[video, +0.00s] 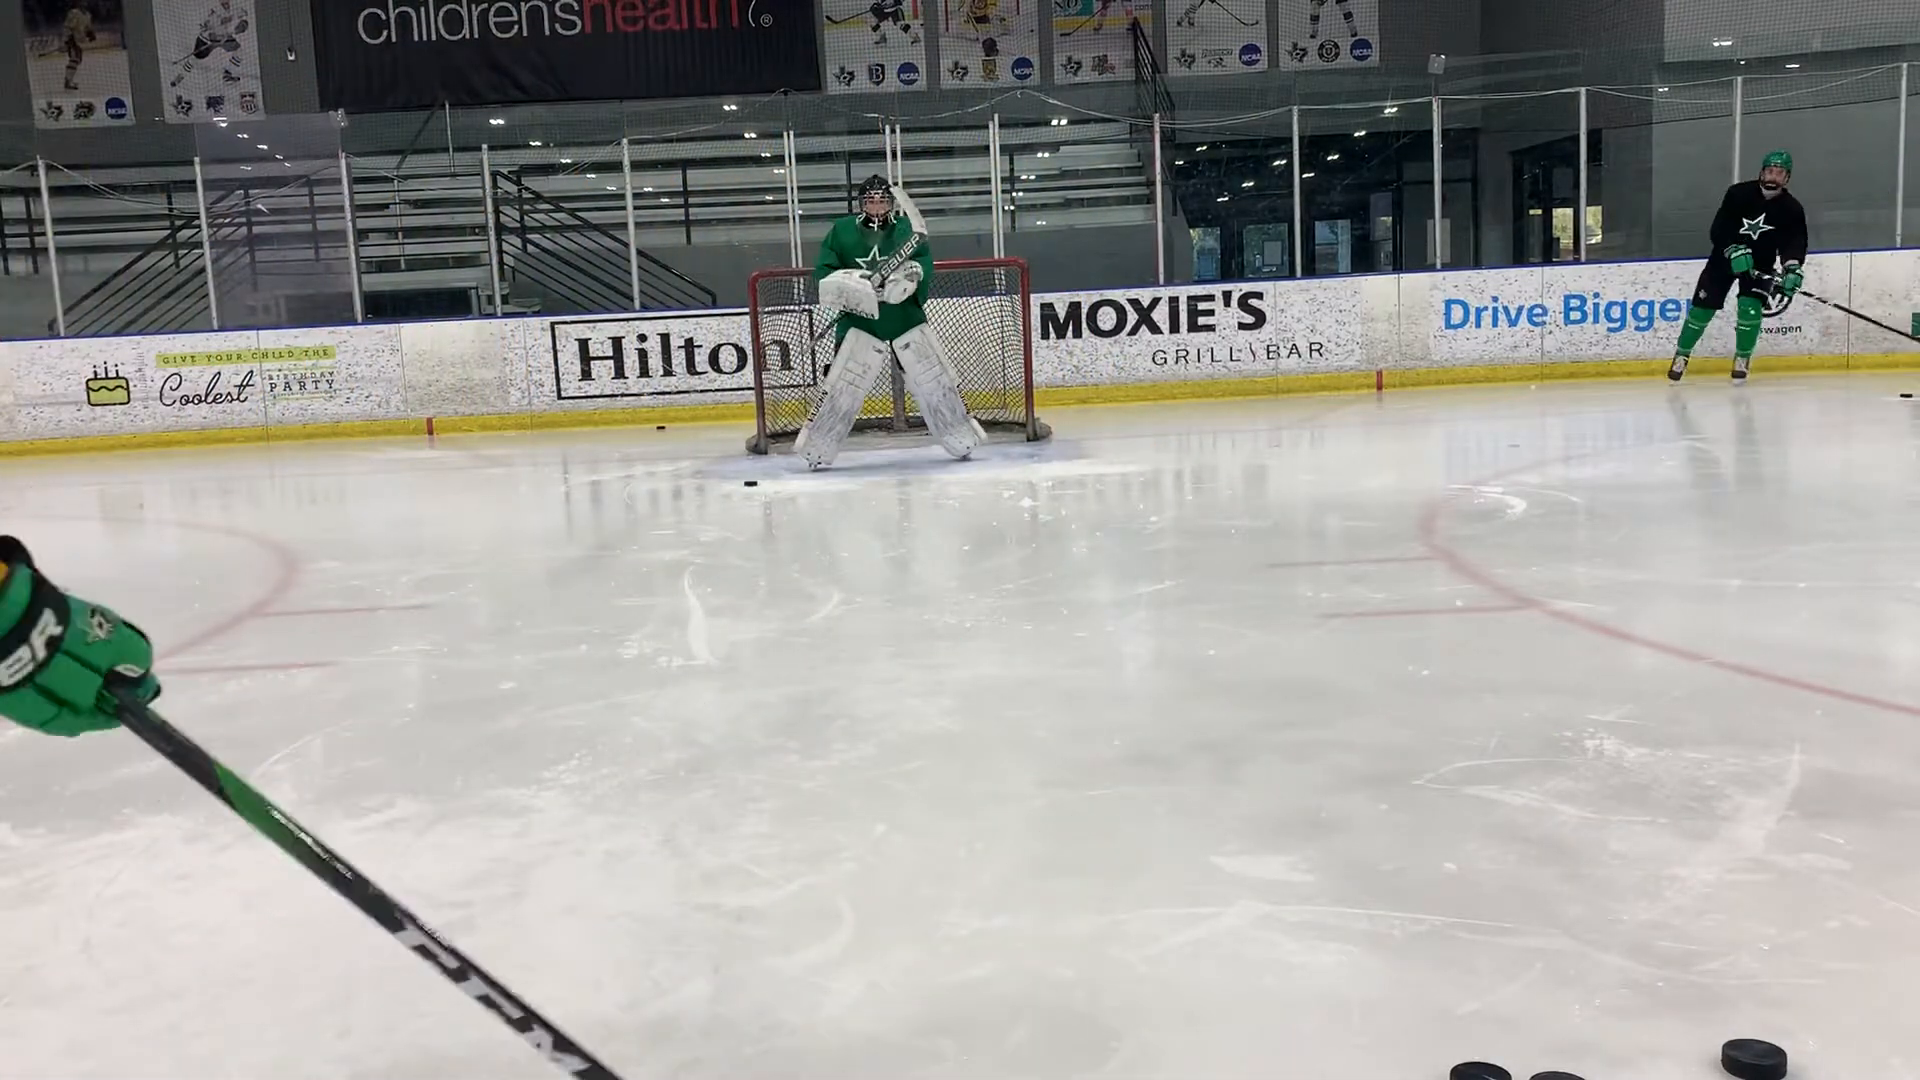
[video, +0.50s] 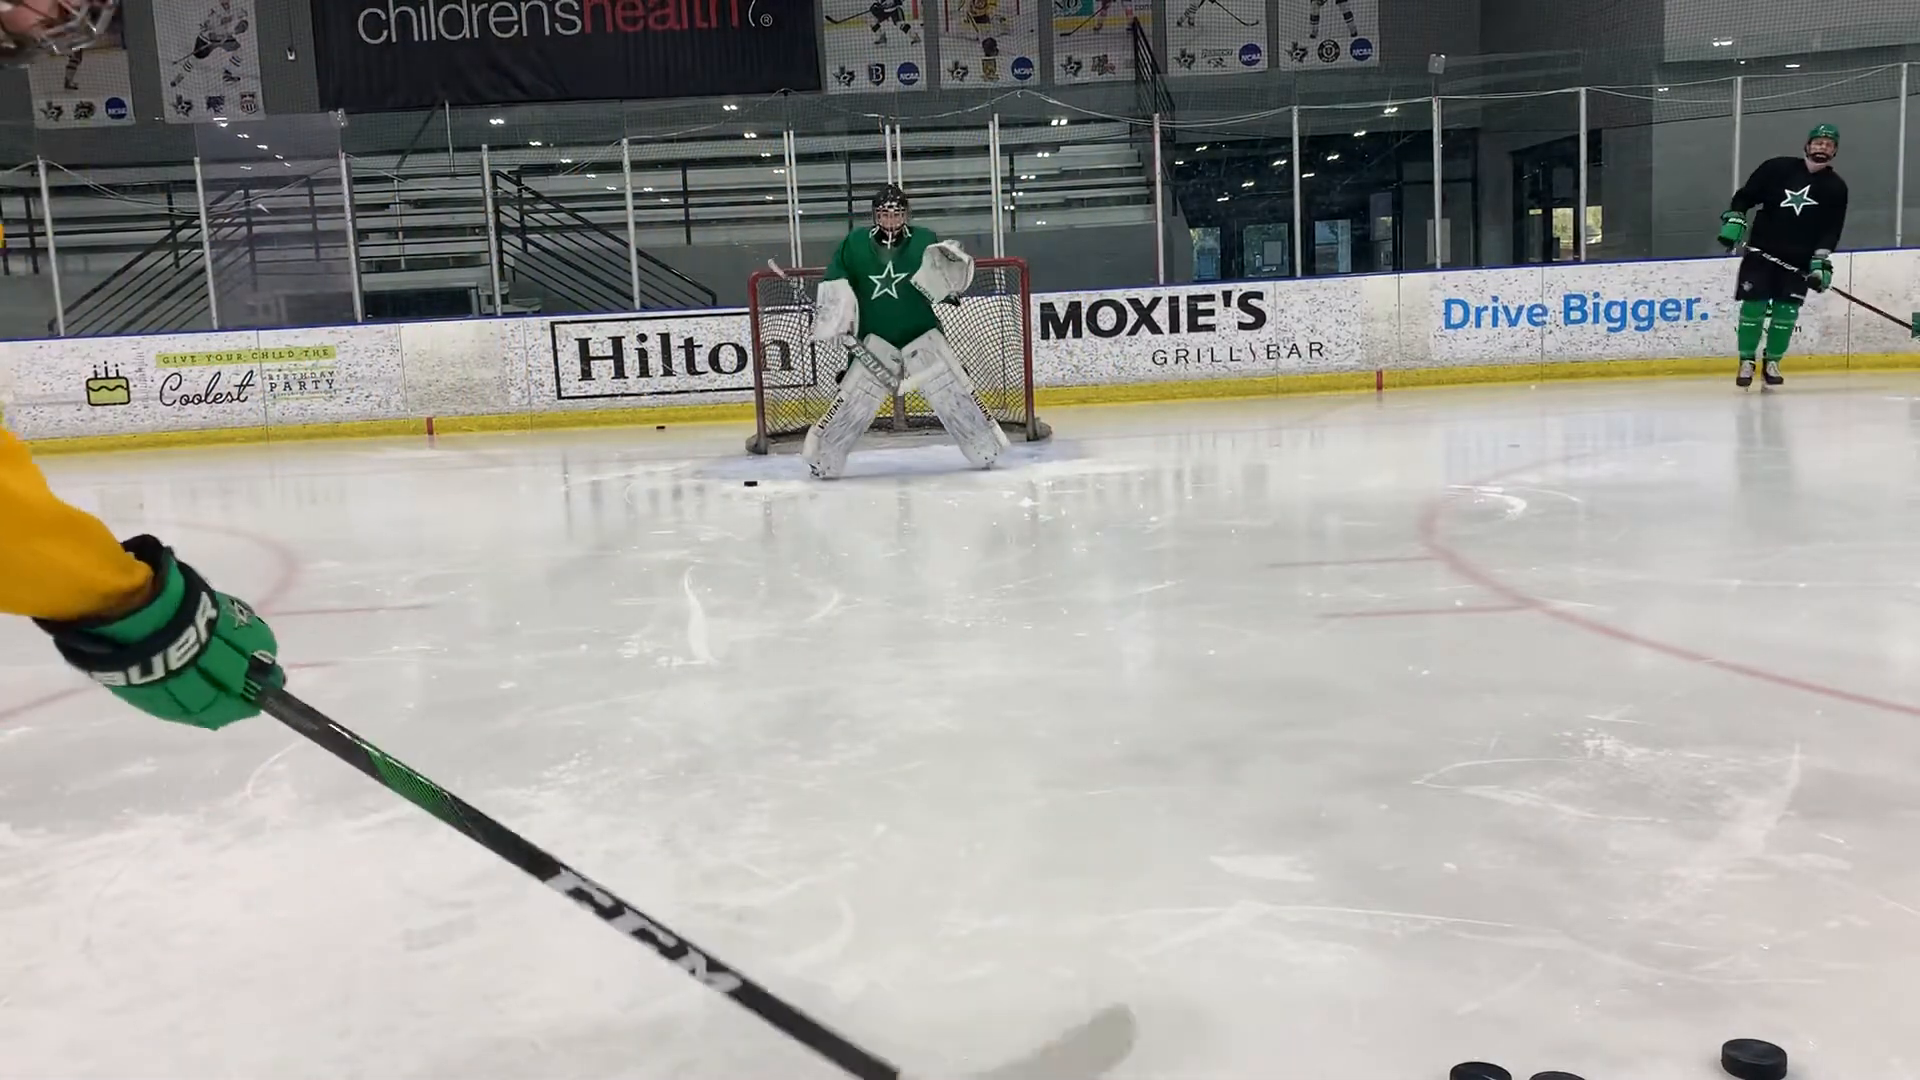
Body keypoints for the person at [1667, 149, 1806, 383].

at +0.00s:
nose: (1772, 176)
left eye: (1779, 172)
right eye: (1769, 170)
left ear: (1786, 177)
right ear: (1762, 172)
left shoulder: (1792, 208)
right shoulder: (1738, 193)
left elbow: (1795, 244)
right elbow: (1718, 230)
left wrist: (1792, 270)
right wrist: (1732, 250)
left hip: (1761, 262)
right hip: (1727, 255)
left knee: (1749, 308)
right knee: (1703, 306)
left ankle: (1742, 358)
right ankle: (1682, 355)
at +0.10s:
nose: (1783, 170)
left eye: (1790, 167)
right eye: (1780, 164)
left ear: (1797, 173)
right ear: (1773, 166)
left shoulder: (1799, 205)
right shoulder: (1747, 187)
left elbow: (1800, 241)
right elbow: (1718, 219)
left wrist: (1796, 267)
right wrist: (1725, 244)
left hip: (1764, 263)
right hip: (1731, 254)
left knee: (1753, 311)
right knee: (1708, 306)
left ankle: (1742, 359)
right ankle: (1689, 354)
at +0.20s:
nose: (1795, 164)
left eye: (1802, 161)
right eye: (1792, 158)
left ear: (1808, 167)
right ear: (1783, 159)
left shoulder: (1809, 202)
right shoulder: (1755, 180)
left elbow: (1805, 241)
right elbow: (1722, 208)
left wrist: (1805, 266)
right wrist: (1721, 236)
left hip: (1769, 260)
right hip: (1735, 251)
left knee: (1758, 308)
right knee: (1717, 304)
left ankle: (1747, 359)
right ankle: (1702, 354)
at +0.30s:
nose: (1805, 157)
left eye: (1812, 154)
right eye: (1801, 151)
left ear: (1818, 161)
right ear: (1793, 153)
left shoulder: (1817, 197)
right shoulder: (1762, 174)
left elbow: (1814, 238)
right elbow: (1727, 202)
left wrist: (1814, 268)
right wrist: (1722, 229)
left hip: (1776, 257)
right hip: (1741, 249)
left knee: (1766, 309)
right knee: (1727, 304)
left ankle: (1754, 360)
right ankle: (1716, 355)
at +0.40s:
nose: (1814, 153)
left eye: (1820, 149)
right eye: (1810, 147)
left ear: (1827, 156)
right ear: (1800, 149)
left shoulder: (1826, 192)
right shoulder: (1769, 170)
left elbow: (1821, 234)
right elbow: (1736, 199)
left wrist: (1815, 266)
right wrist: (1730, 225)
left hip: (1786, 258)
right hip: (1750, 250)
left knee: (1775, 312)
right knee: (1739, 306)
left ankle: (1763, 361)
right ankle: (1730, 358)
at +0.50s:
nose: (1822, 149)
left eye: (1828, 145)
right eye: (1818, 143)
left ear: (1834, 151)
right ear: (1807, 145)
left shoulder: (1836, 188)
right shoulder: (1777, 168)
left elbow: (1831, 229)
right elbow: (1746, 196)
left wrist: (1821, 260)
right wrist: (1734, 219)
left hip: (1799, 259)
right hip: (1762, 251)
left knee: (1787, 312)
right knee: (1753, 306)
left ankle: (1772, 362)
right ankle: (1746, 361)